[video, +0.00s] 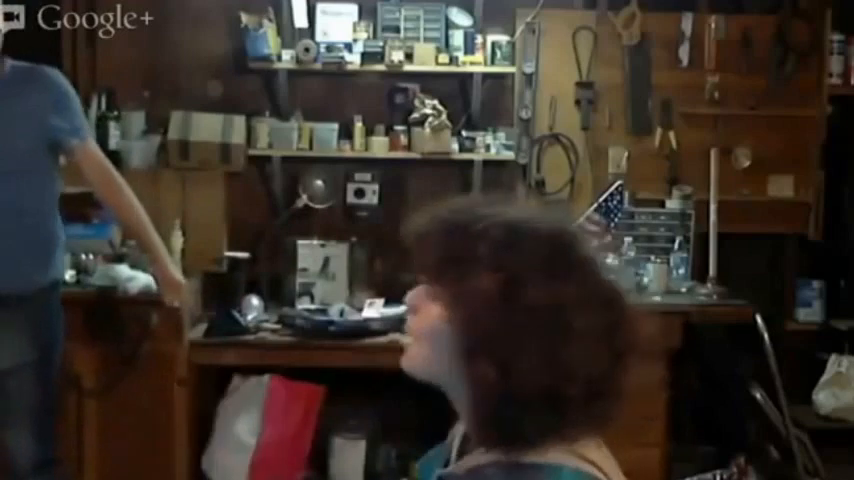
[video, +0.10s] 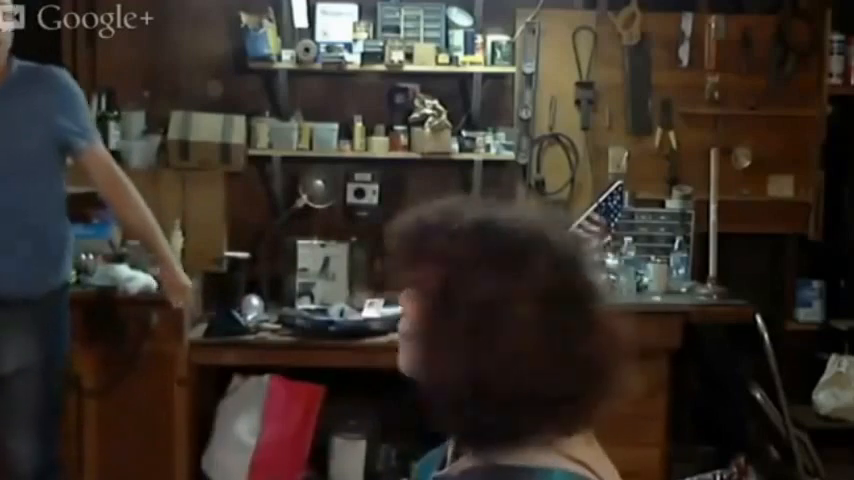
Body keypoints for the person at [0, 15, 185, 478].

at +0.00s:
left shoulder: (39, 87)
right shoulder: (38, 88)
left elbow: (103, 180)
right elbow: (104, 181)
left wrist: (164, 267)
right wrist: (166, 267)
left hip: (25, 291)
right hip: (24, 291)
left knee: (25, 438)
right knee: (25, 437)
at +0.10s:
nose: (5, 24)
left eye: (7, 15)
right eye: (2, 15)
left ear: (16, 23)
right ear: (4, 26)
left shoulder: (47, 88)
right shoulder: (44, 89)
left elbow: (111, 183)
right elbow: (111, 184)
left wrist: (169, 265)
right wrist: (169, 266)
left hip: (31, 298)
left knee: (27, 448)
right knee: (25, 447)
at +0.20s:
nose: (8, 28)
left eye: (12, 16)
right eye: (3, 17)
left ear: (22, 24)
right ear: (2, 28)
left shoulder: (58, 90)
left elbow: (119, 183)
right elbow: (119, 183)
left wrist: (176, 265)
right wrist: (175, 266)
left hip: (38, 304)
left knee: (33, 453)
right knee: (30, 450)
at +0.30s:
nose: (8, 28)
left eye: (12, 16)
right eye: (3, 17)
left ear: (22, 24)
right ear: (1, 28)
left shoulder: (58, 90)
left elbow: (119, 183)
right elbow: (119, 183)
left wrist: (176, 265)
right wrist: (175, 266)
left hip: (38, 304)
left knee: (33, 453)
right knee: (30, 450)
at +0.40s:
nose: (12, 23)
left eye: (18, 11)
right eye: (3, 13)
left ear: (32, 18)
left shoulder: (72, 88)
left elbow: (128, 183)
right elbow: (128, 184)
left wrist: (180, 264)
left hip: (46, 303)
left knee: (44, 455)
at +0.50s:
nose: (12, 23)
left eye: (18, 11)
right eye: (3, 13)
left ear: (32, 18)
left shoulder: (72, 88)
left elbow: (129, 184)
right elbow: (129, 184)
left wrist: (181, 265)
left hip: (46, 303)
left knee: (44, 455)